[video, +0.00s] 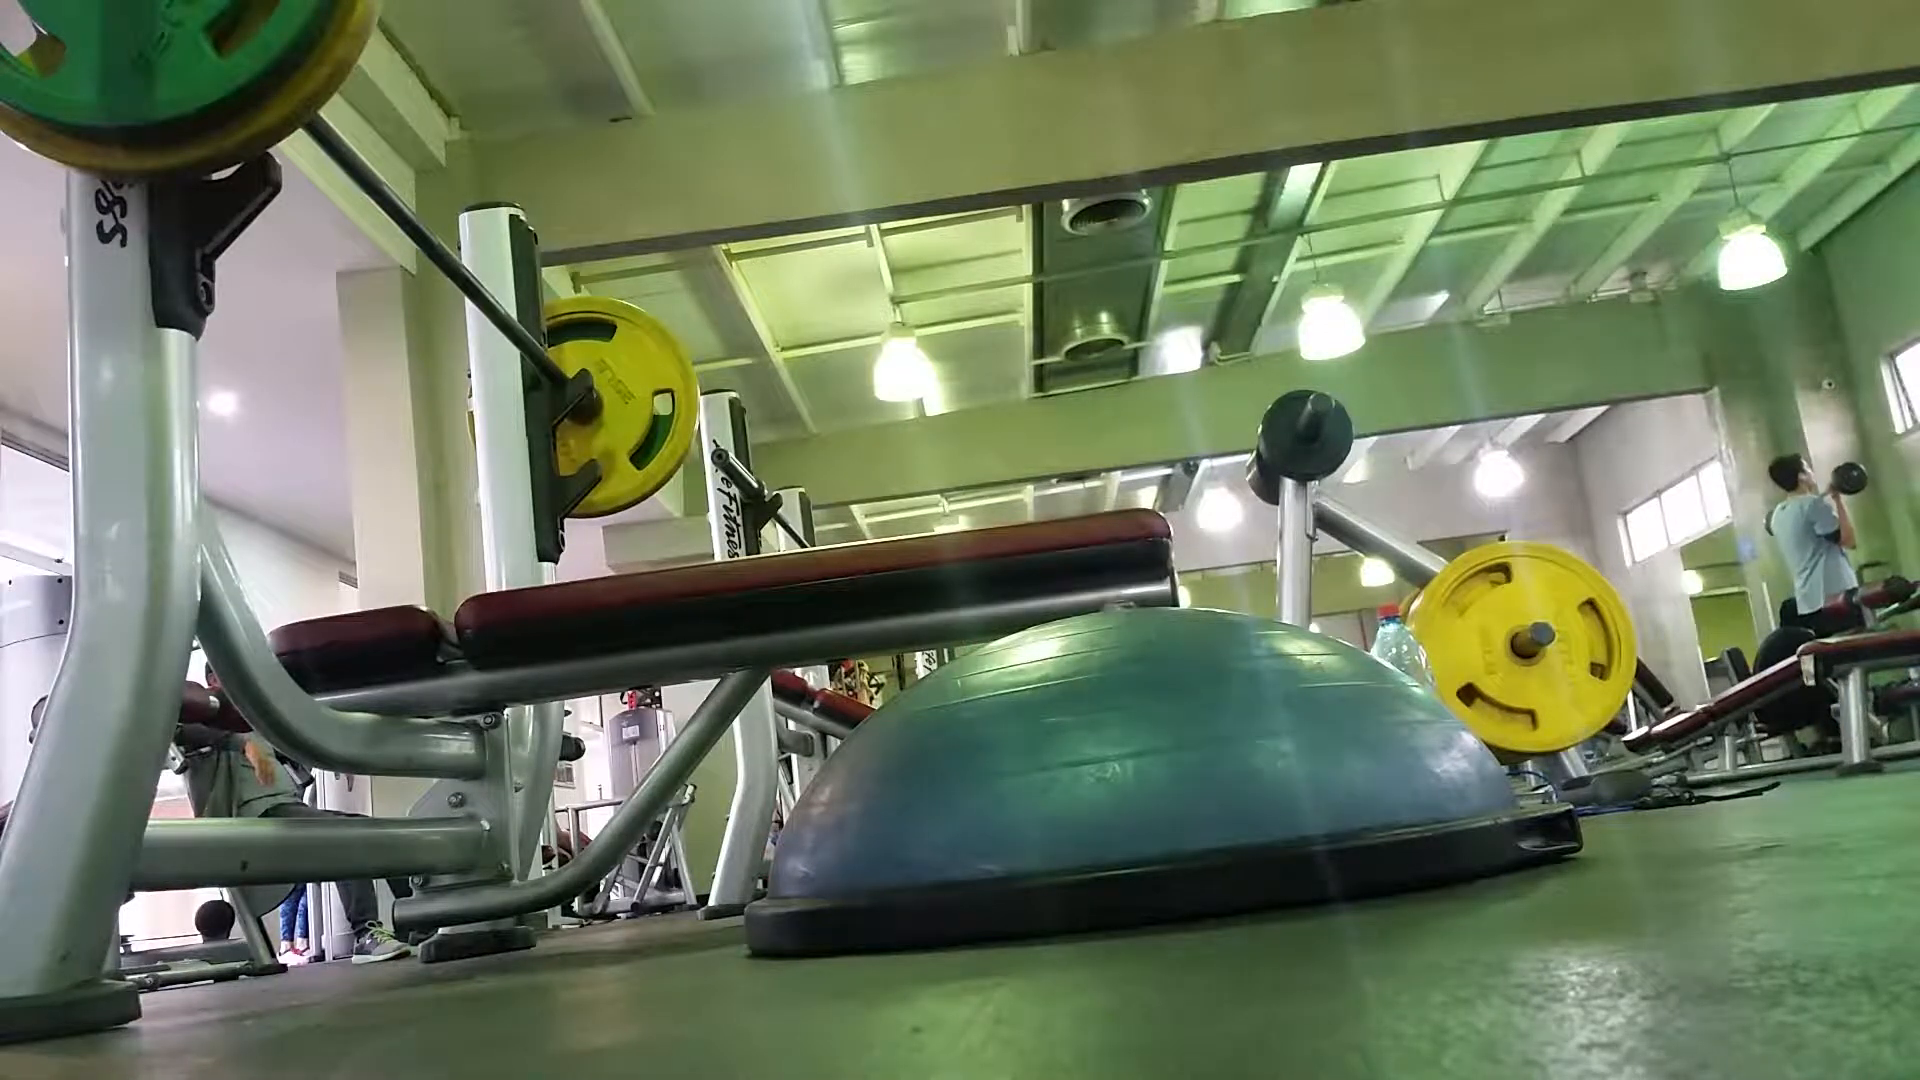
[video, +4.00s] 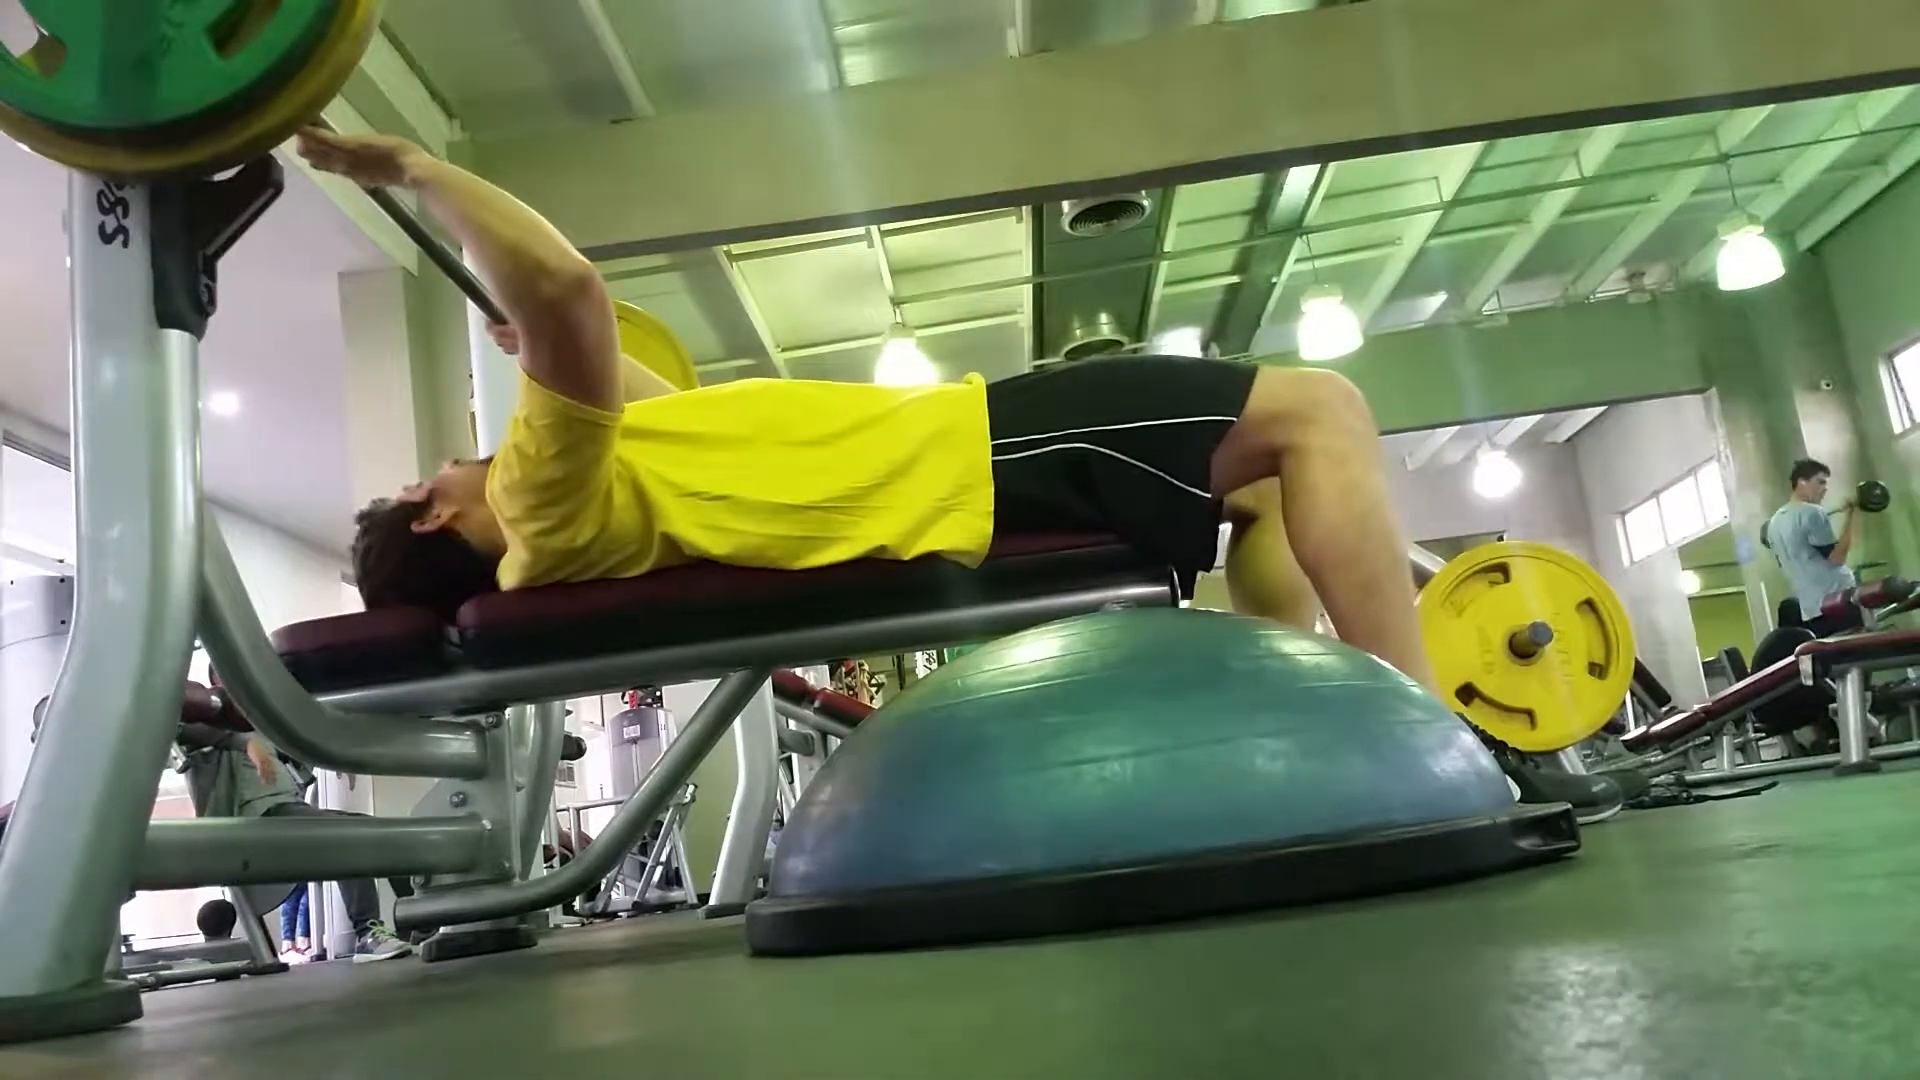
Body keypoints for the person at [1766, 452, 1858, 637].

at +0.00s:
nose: (1813, 472)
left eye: (1809, 467)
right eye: (1808, 468)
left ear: (1783, 483)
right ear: (1801, 476)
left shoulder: (1777, 515)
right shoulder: (1813, 505)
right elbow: (1848, 540)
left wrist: (1827, 494)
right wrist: (1838, 497)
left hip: (1807, 605)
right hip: (1836, 598)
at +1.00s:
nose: (1810, 477)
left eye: (1806, 472)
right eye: (1804, 473)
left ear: (1781, 488)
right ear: (1798, 481)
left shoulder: (1775, 520)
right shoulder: (1806, 506)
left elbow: (1781, 564)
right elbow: (1815, 555)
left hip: (1808, 610)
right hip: (1835, 602)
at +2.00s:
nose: (1816, 492)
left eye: (1816, 486)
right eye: (1815, 487)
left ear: (1787, 485)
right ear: (1808, 488)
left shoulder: (1773, 520)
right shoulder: (1807, 519)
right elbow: (1838, 558)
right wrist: (1856, 537)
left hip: (1815, 606)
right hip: (1840, 603)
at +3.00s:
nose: (1829, 475)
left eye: (1825, 470)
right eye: (1824, 472)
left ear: (1803, 486)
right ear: (1819, 478)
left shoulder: (1793, 517)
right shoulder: (1832, 504)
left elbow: (1783, 564)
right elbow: (1817, 544)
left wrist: (1814, 572)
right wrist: (1854, 563)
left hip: (1810, 605)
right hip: (1839, 600)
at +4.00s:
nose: (1825, 488)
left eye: (1825, 483)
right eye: (1821, 482)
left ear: (1801, 483)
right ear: (1801, 482)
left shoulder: (1774, 522)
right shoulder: (1812, 513)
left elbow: (1783, 564)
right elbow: (1836, 556)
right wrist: (1851, 516)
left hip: (1810, 610)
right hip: (1839, 605)